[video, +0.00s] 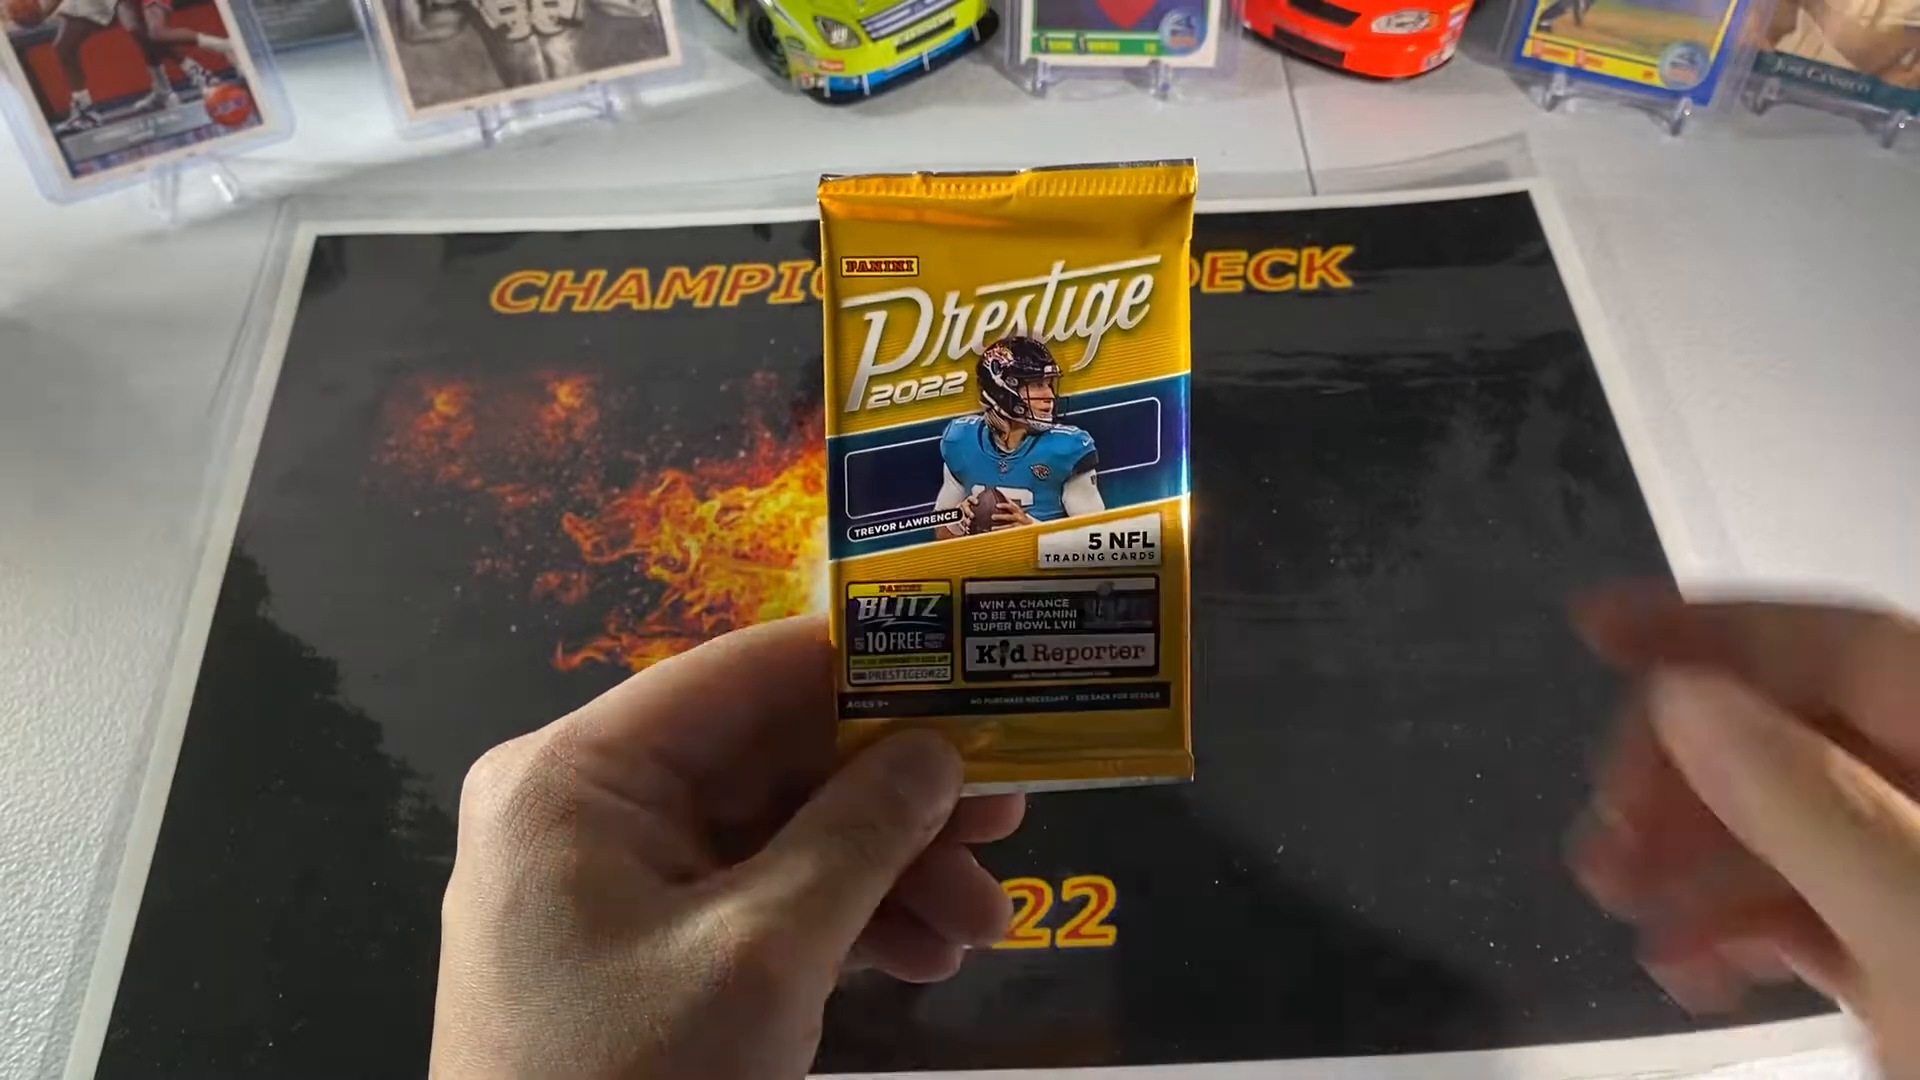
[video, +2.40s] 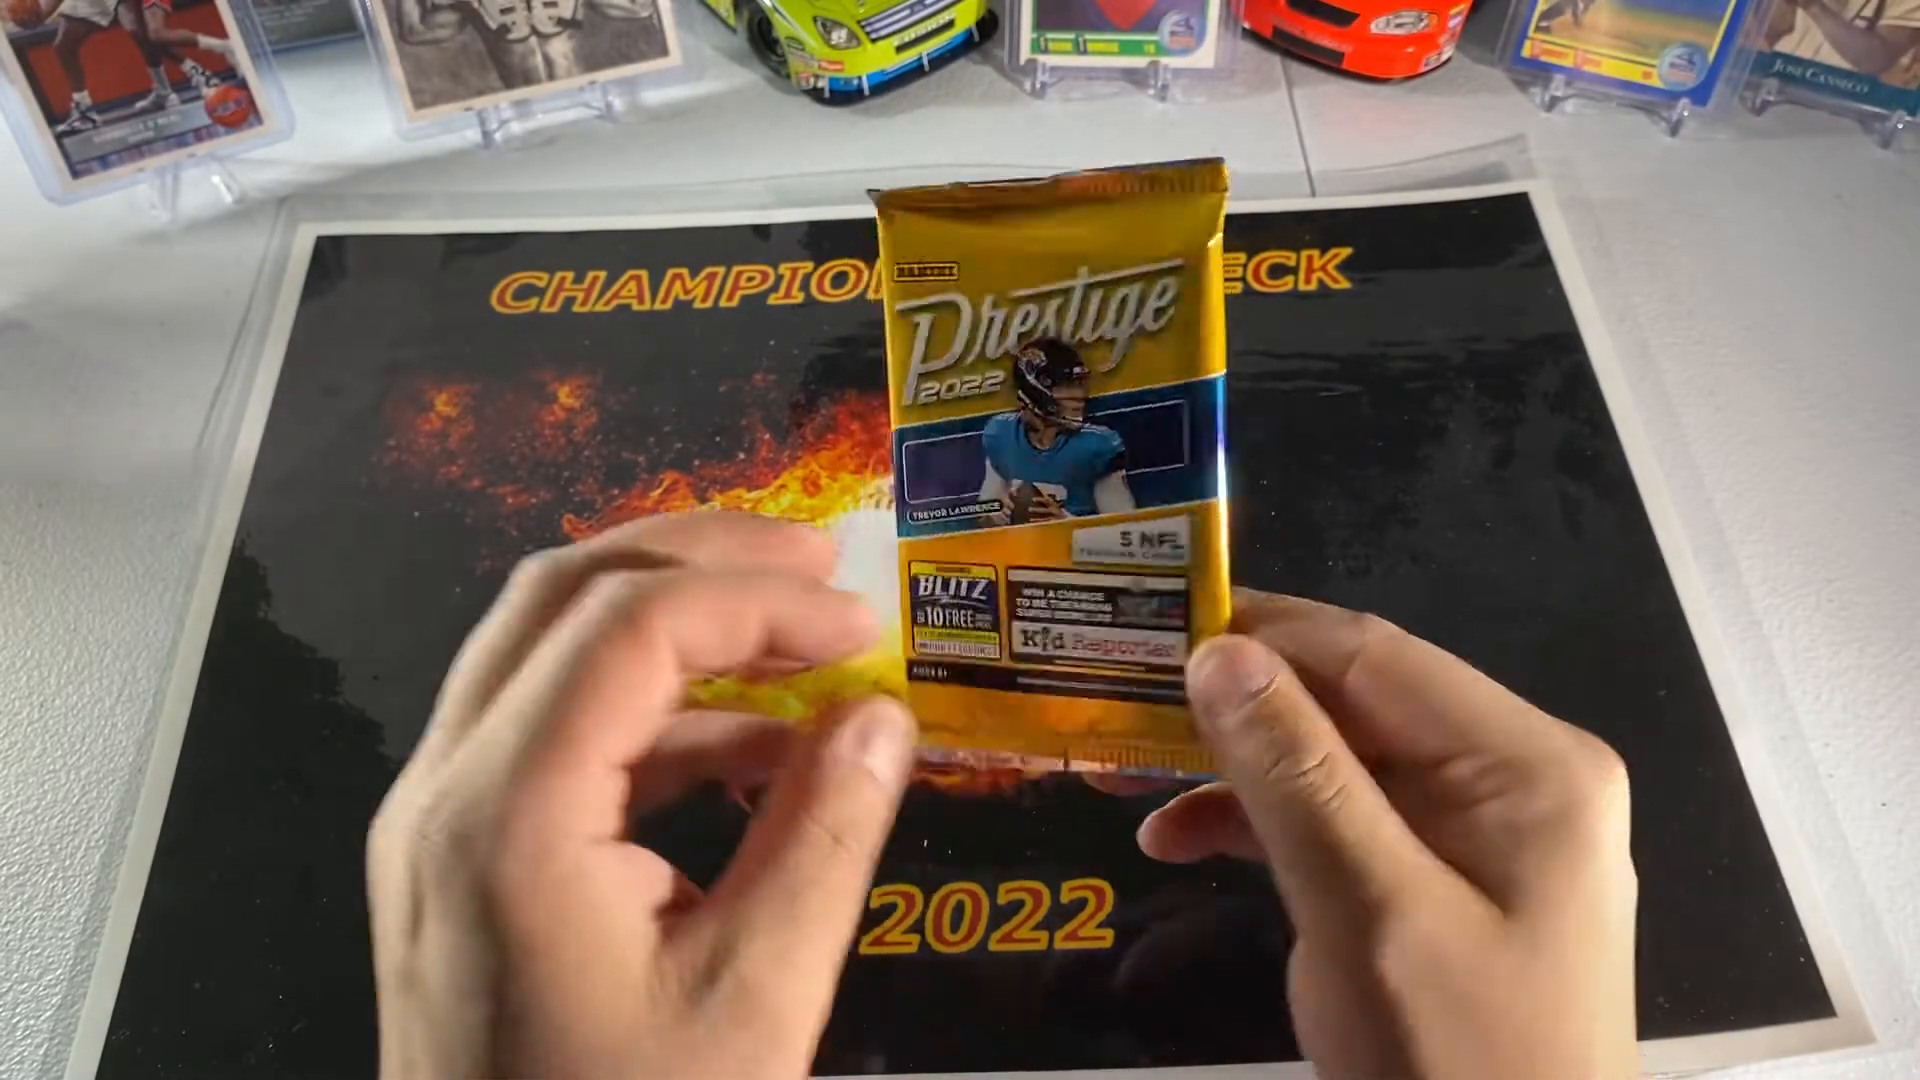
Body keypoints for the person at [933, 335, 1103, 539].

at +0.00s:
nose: (1048, 395)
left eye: (1048, 384)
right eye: (1034, 385)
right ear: (1002, 389)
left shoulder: (1068, 448)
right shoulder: (960, 440)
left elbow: (1096, 534)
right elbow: (942, 531)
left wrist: (1036, 528)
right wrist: (962, 522)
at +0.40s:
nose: (1061, 413)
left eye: (1061, 402)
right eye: (1047, 403)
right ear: (1015, 407)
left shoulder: (1081, 464)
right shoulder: (973, 454)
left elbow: (1106, 548)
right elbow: (957, 546)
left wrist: (1047, 543)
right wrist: (977, 536)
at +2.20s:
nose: (1073, 413)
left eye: (1072, 403)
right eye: (1060, 405)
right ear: (1027, 412)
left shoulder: (1094, 463)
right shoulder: (987, 458)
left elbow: (1124, 546)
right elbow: (974, 549)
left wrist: (1065, 542)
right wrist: (992, 537)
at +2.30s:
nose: (1087, 402)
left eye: (1087, 390)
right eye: (1074, 392)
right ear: (1039, 398)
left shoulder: (1109, 451)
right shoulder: (1001, 445)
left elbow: (1134, 533)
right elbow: (987, 526)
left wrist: (1076, 528)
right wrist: (1005, 522)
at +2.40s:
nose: (1080, 396)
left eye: (1081, 384)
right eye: (1066, 386)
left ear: (1087, 384)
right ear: (1031, 395)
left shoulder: (1100, 446)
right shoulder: (999, 434)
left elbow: (1125, 528)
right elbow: (985, 512)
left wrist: (1069, 522)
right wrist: (1003, 514)